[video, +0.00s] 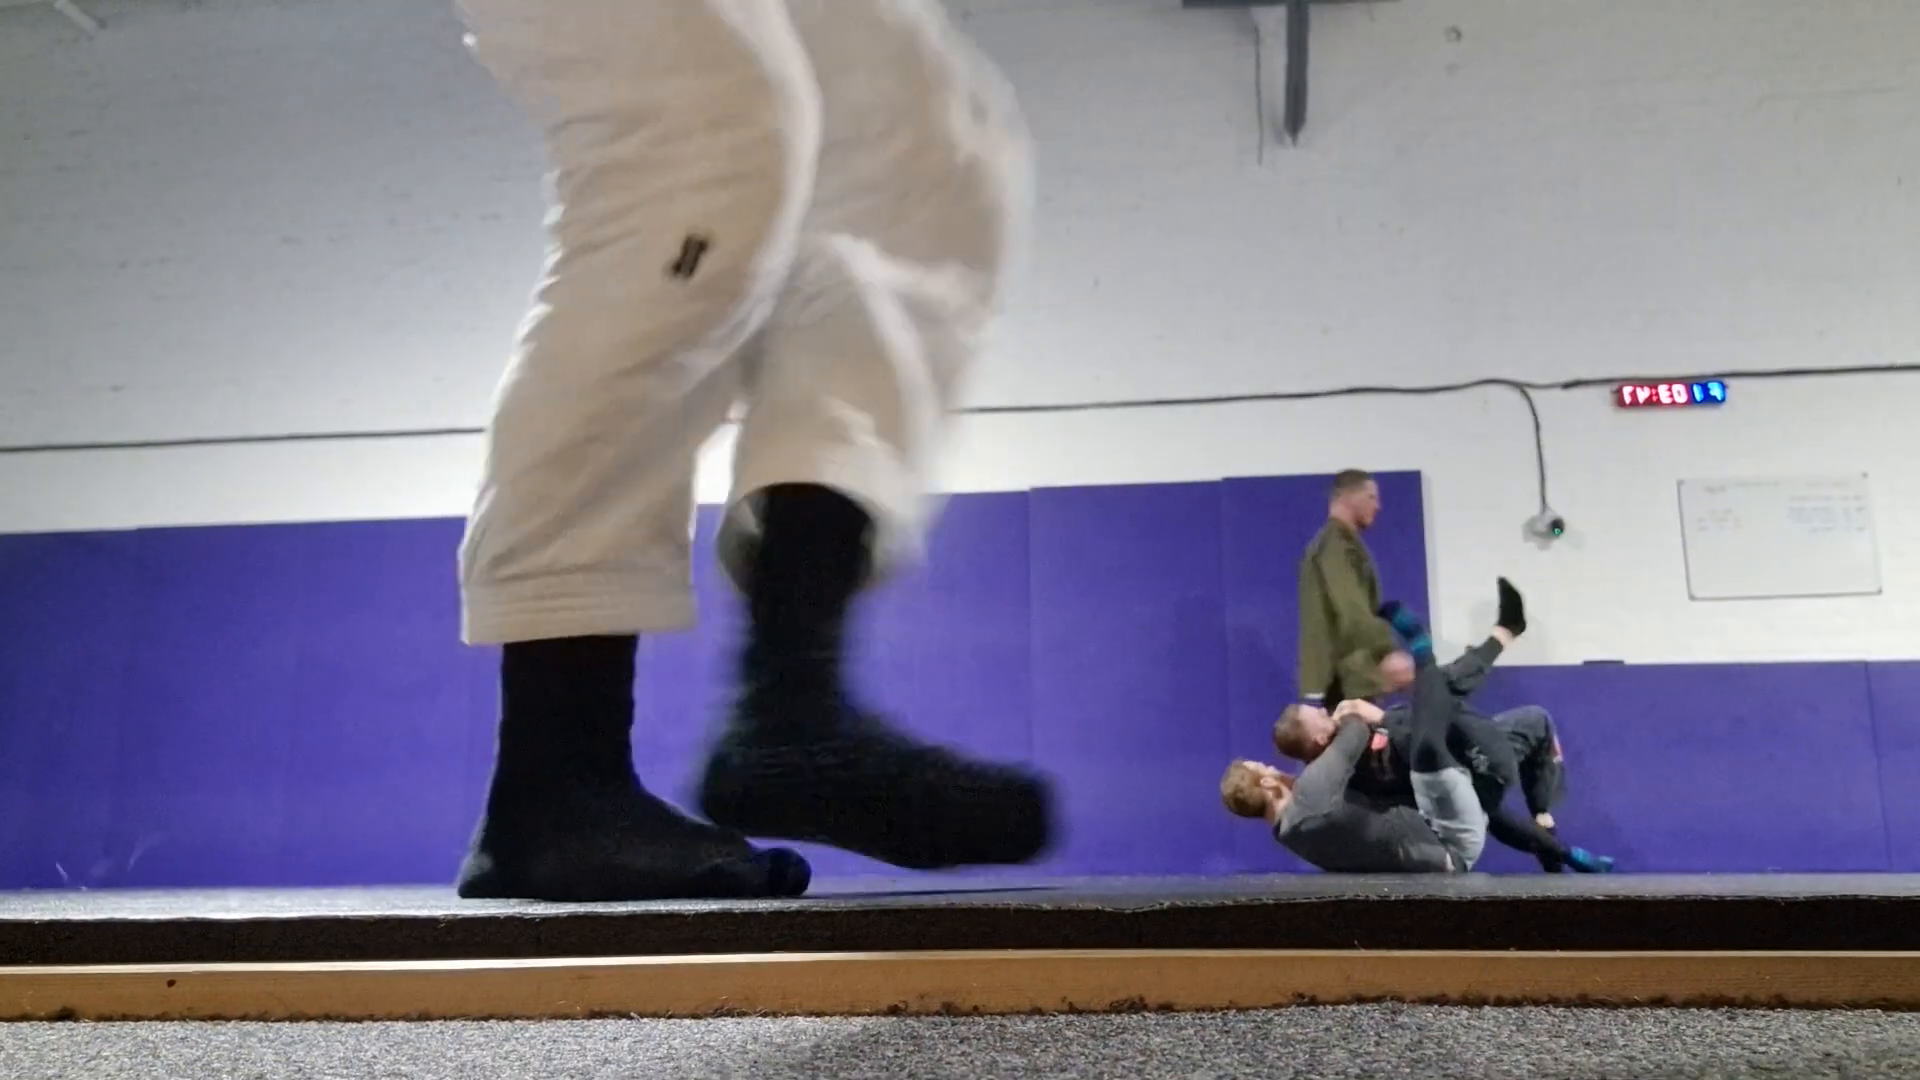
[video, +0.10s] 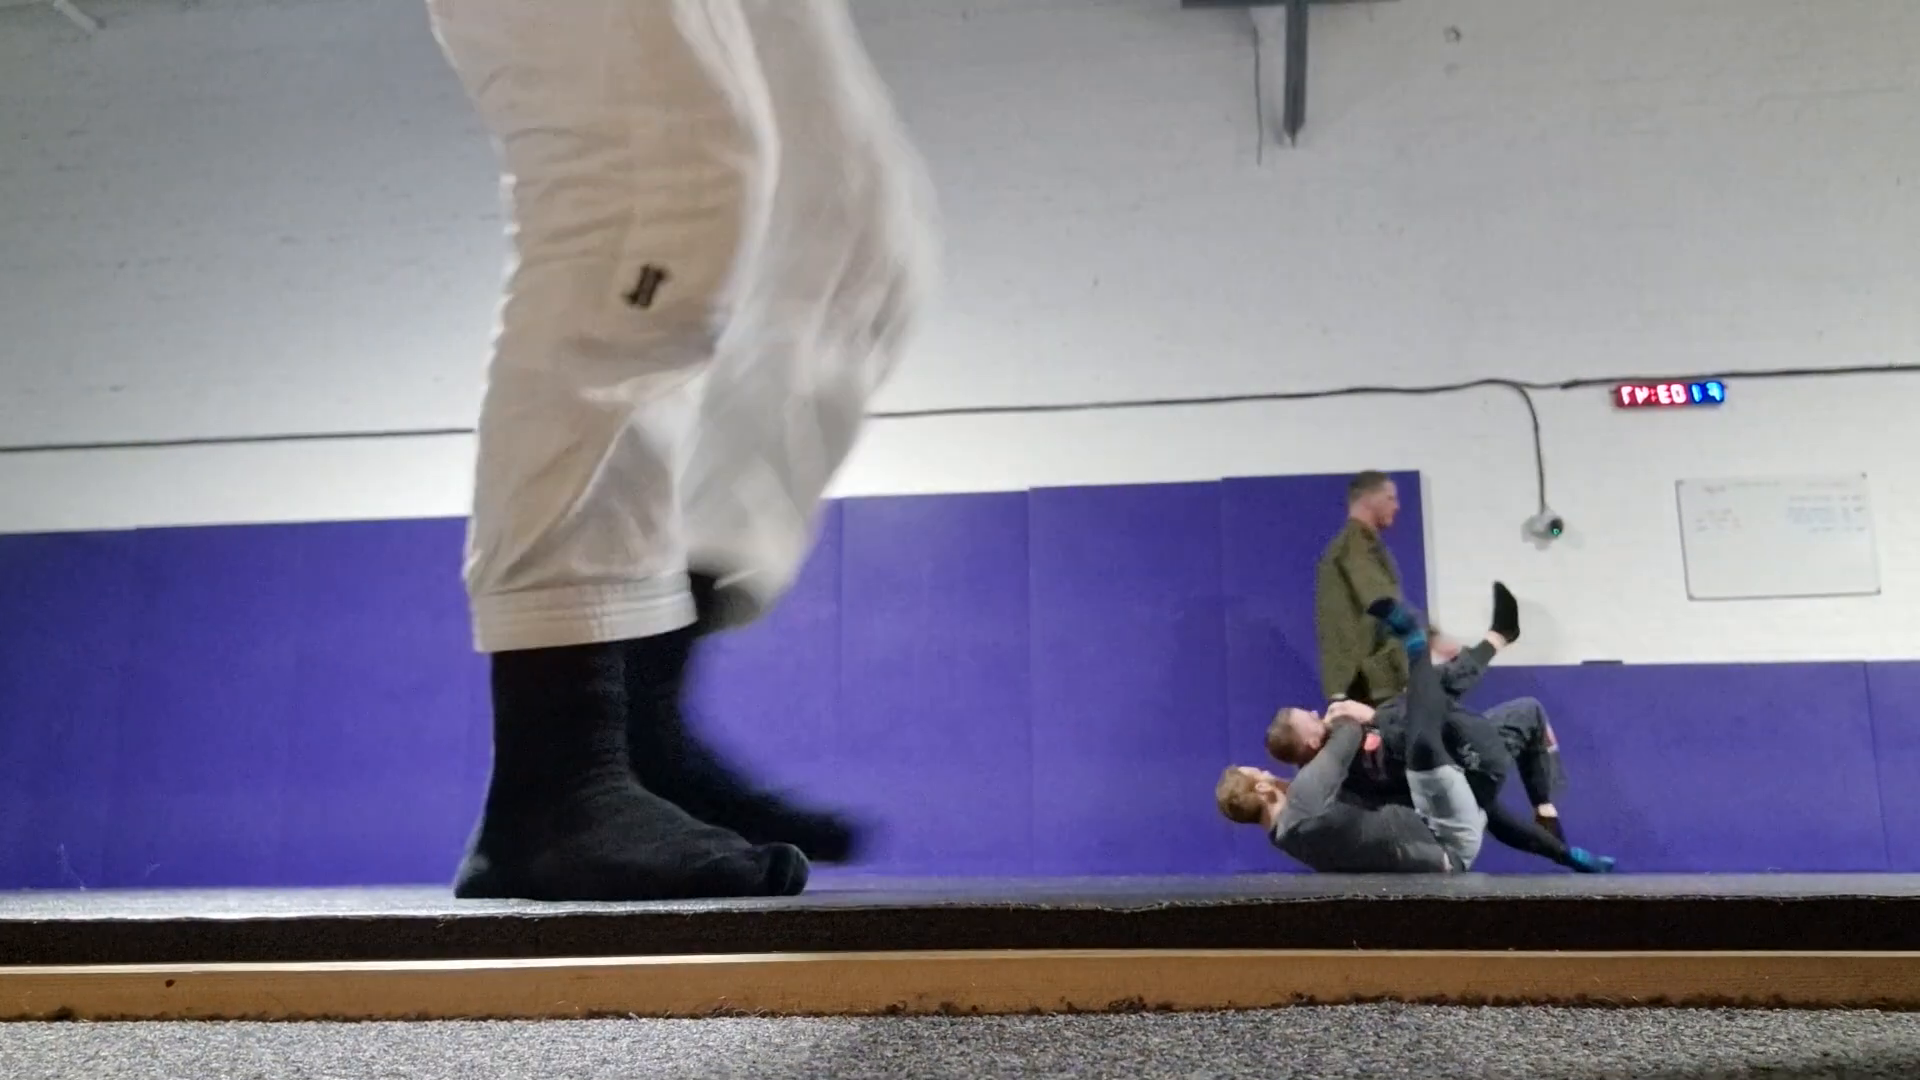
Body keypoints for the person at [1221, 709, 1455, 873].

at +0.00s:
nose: (1273, 765)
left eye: (1263, 762)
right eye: (1265, 764)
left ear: (1254, 812)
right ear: (1268, 780)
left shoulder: (1291, 835)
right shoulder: (1308, 798)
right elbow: (1355, 729)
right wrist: (1346, 712)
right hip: (1453, 848)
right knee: (1427, 746)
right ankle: (1425, 659)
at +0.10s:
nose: (1268, 772)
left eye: (1260, 770)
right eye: (1261, 772)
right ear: (1265, 785)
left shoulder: (1289, 835)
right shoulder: (1302, 798)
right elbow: (1348, 729)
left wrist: (1340, 721)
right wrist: (1342, 714)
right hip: (1451, 847)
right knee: (1422, 744)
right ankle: (1420, 646)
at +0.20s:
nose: (1313, 717)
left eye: (1305, 717)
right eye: (1306, 724)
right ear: (1307, 749)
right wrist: (1361, 718)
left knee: (1433, 691)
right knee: (1520, 708)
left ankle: (1495, 643)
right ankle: (1545, 810)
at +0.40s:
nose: (1258, 784)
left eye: (1250, 783)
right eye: (1250, 785)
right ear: (1252, 799)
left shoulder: (1286, 849)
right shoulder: (1295, 801)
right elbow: (1346, 731)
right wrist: (1328, 731)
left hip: (1435, 858)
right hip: (1448, 841)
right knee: (1417, 726)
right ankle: (1428, 639)